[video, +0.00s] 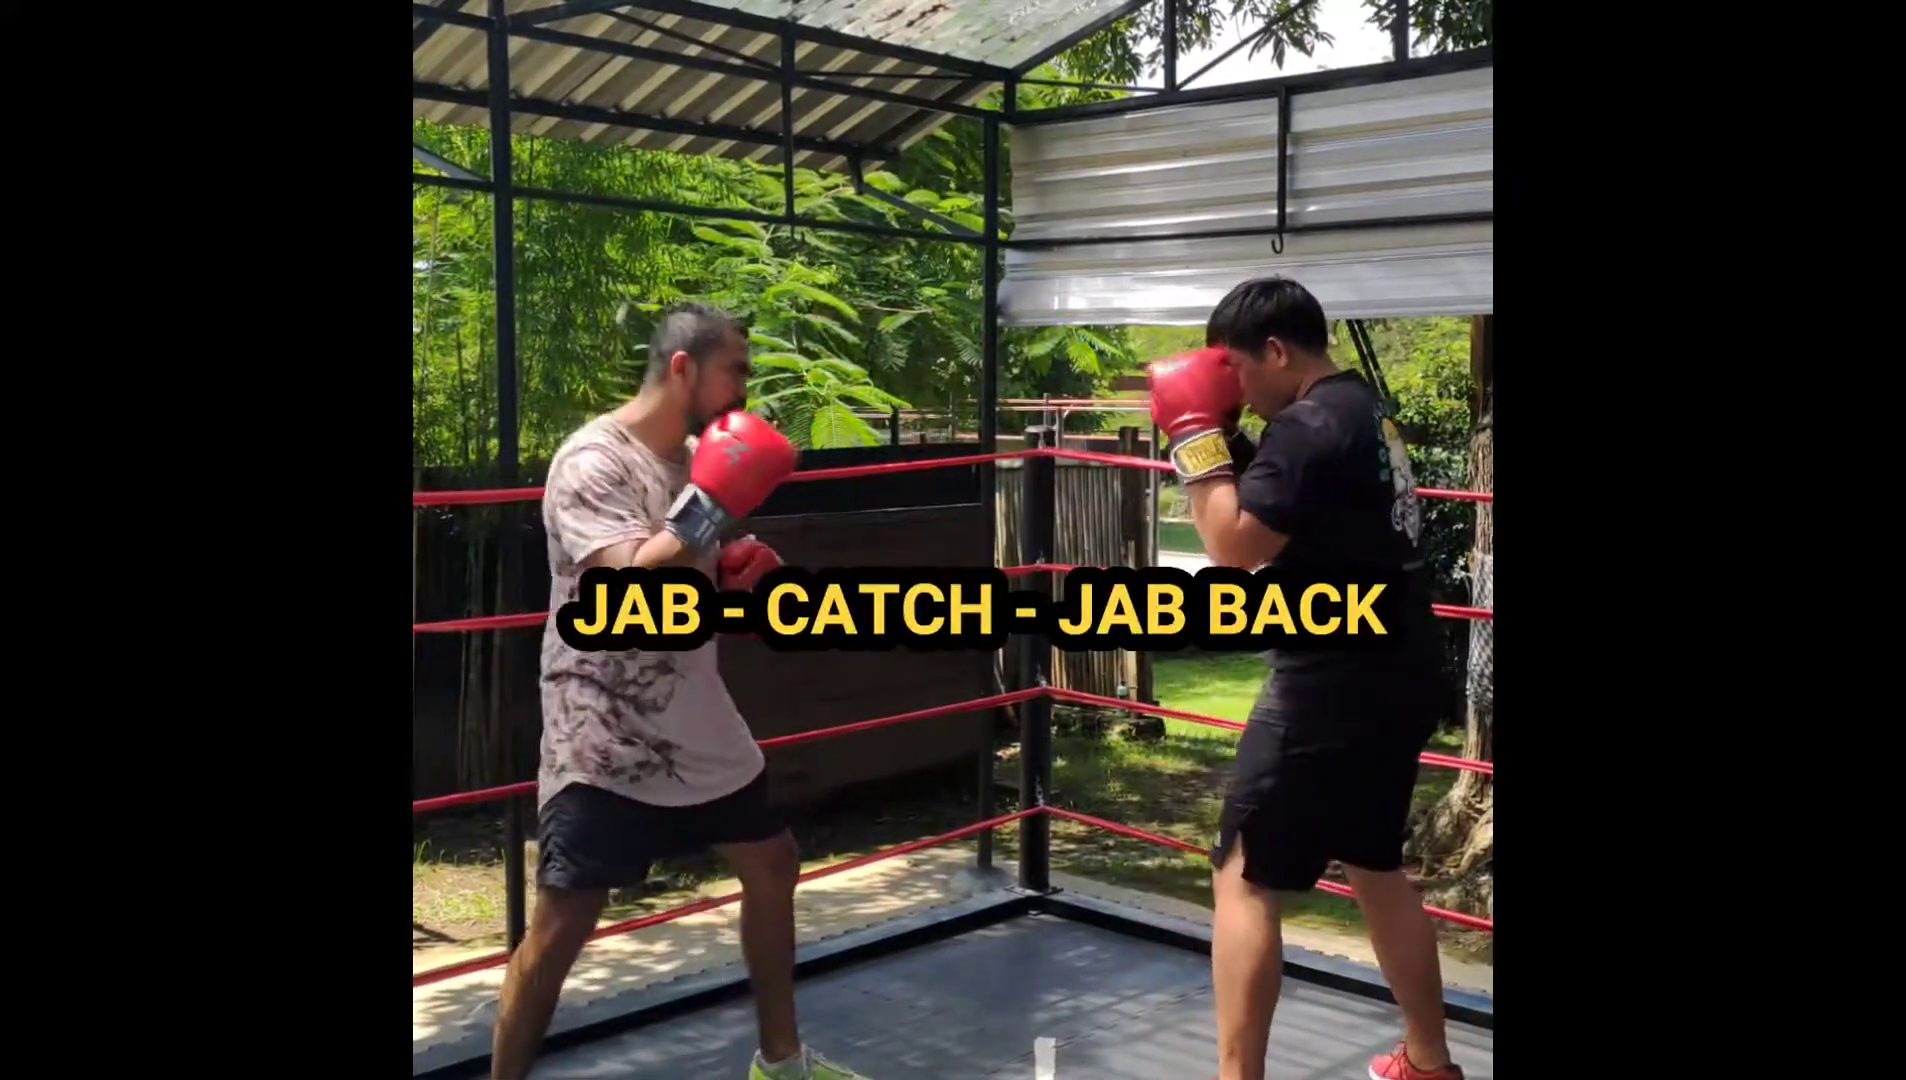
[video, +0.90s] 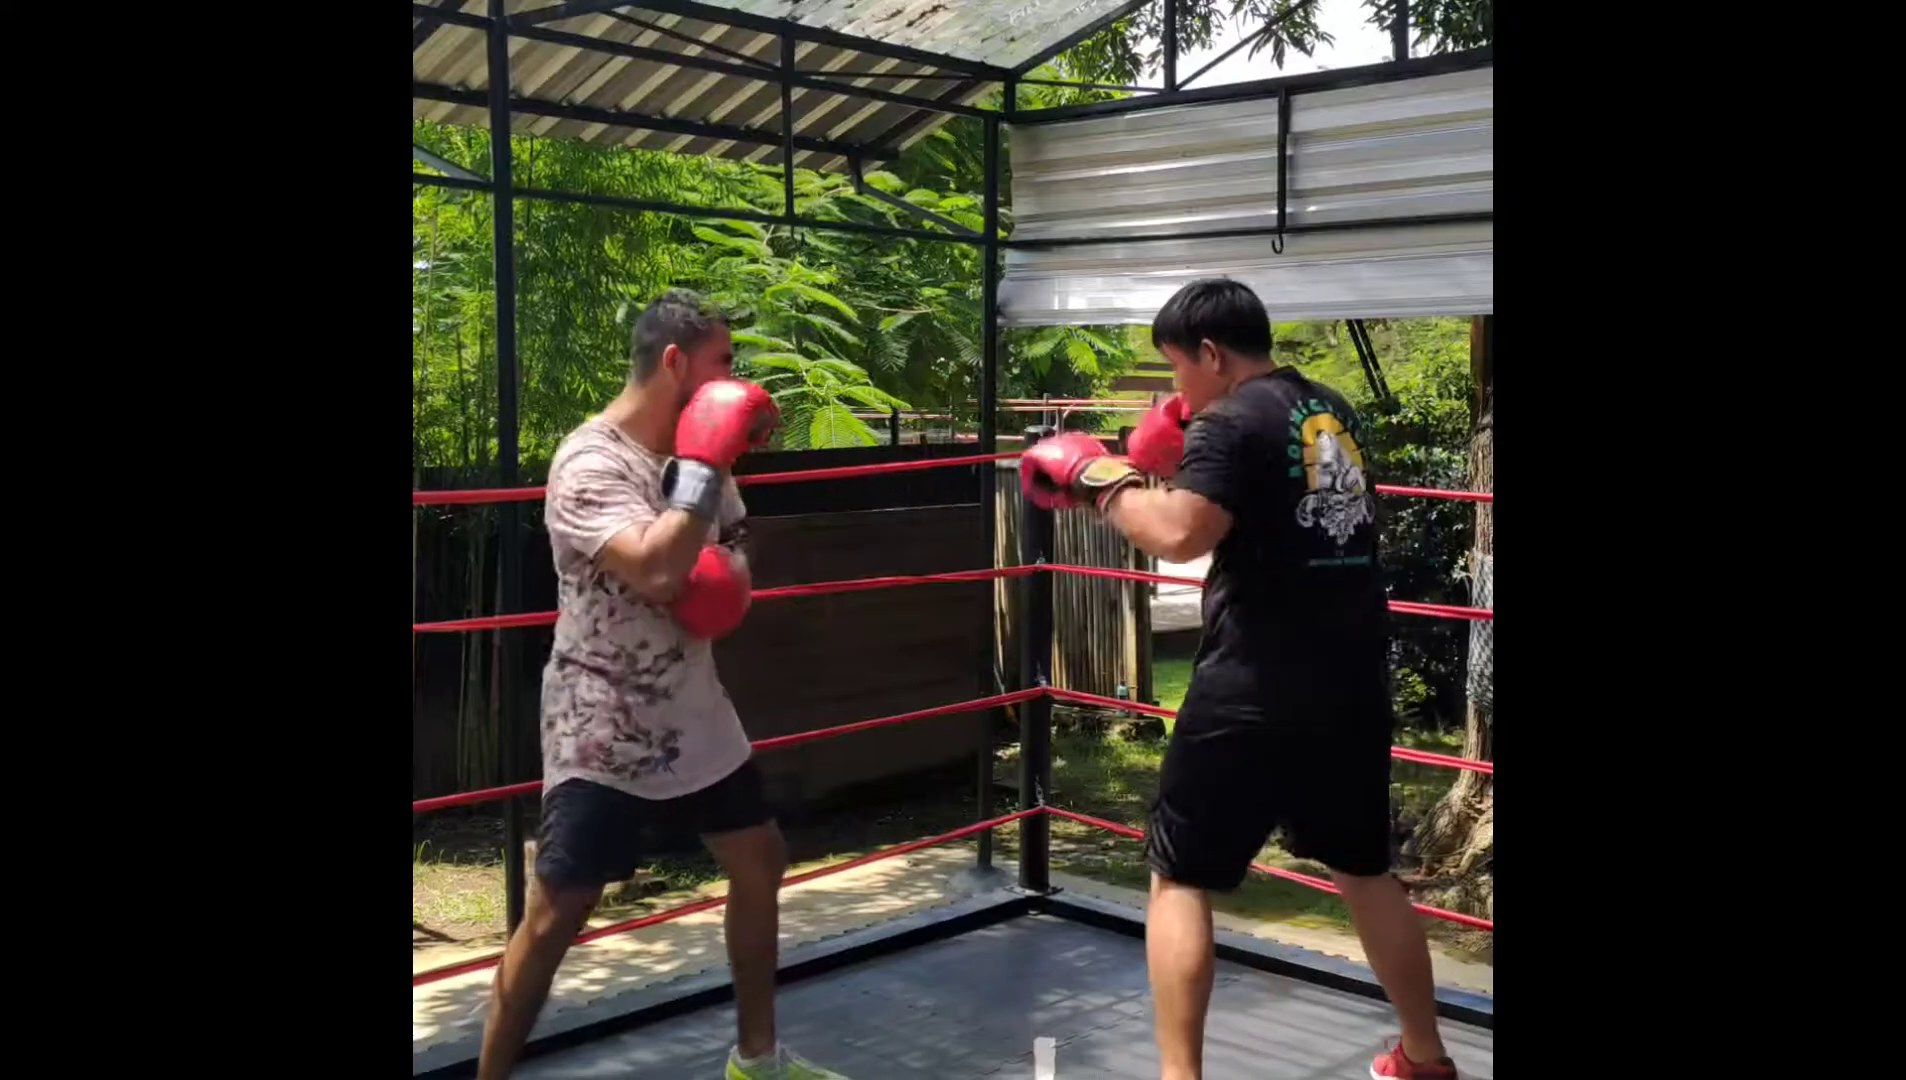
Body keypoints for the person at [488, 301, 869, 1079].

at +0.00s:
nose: (744, 392)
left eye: (747, 375)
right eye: (735, 372)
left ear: (689, 373)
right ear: (682, 368)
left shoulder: (700, 462)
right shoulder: (586, 463)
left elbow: (684, 575)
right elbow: (628, 572)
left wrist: (729, 575)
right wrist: (712, 500)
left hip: (697, 716)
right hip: (600, 729)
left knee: (772, 867)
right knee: (558, 930)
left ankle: (782, 1056)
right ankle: (504, 1076)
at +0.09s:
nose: (769, 380)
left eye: (773, 364)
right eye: (761, 361)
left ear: (719, 360)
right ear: (707, 355)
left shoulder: (741, 462)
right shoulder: (611, 444)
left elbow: (777, 535)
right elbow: (617, 556)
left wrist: (825, 529)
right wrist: (714, 488)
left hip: (721, 714)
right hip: (613, 722)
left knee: (778, 873)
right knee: (560, 915)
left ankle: (783, 1057)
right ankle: (505, 1075)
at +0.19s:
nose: (800, 387)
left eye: (805, 373)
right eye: (792, 370)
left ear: (761, 369)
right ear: (737, 361)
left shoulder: (799, 441)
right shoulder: (641, 440)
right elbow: (627, 546)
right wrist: (726, 475)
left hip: (734, 724)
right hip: (620, 725)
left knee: (792, 868)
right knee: (565, 899)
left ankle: (785, 1057)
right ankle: (503, 1073)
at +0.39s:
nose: (804, 392)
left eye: (807, 377)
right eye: (796, 375)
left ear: (751, 373)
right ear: (743, 369)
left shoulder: (780, 454)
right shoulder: (640, 449)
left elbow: (876, 510)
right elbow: (640, 562)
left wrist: (923, 465)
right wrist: (741, 494)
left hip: (739, 721)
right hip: (629, 720)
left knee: (795, 864)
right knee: (569, 896)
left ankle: (786, 1057)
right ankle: (494, 1072)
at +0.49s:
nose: (774, 388)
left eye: (776, 373)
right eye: (766, 370)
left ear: (722, 366)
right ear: (716, 363)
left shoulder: (740, 458)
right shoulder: (615, 453)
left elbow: (769, 556)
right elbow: (642, 581)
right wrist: (725, 493)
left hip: (724, 721)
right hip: (616, 725)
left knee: (778, 865)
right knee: (558, 905)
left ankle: (785, 1057)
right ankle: (489, 1072)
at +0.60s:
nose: (746, 391)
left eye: (749, 375)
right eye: (740, 372)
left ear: (697, 371)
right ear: (688, 367)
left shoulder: (708, 466)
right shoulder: (585, 465)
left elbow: (698, 586)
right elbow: (620, 593)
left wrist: (727, 615)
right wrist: (702, 501)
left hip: (702, 732)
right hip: (595, 739)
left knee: (771, 862)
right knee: (544, 922)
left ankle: (783, 1056)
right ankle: (486, 1074)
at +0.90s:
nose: (728, 379)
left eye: (730, 365)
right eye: (720, 362)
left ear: (675, 362)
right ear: (672, 360)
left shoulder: (696, 453)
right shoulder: (584, 463)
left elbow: (738, 551)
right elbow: (654, 573)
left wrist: (724, 583)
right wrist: (701, 462)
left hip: (693, 708)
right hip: (600, 719)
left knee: (759, 862)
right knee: (556, 912)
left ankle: (758, 1055)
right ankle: (490, 1074)